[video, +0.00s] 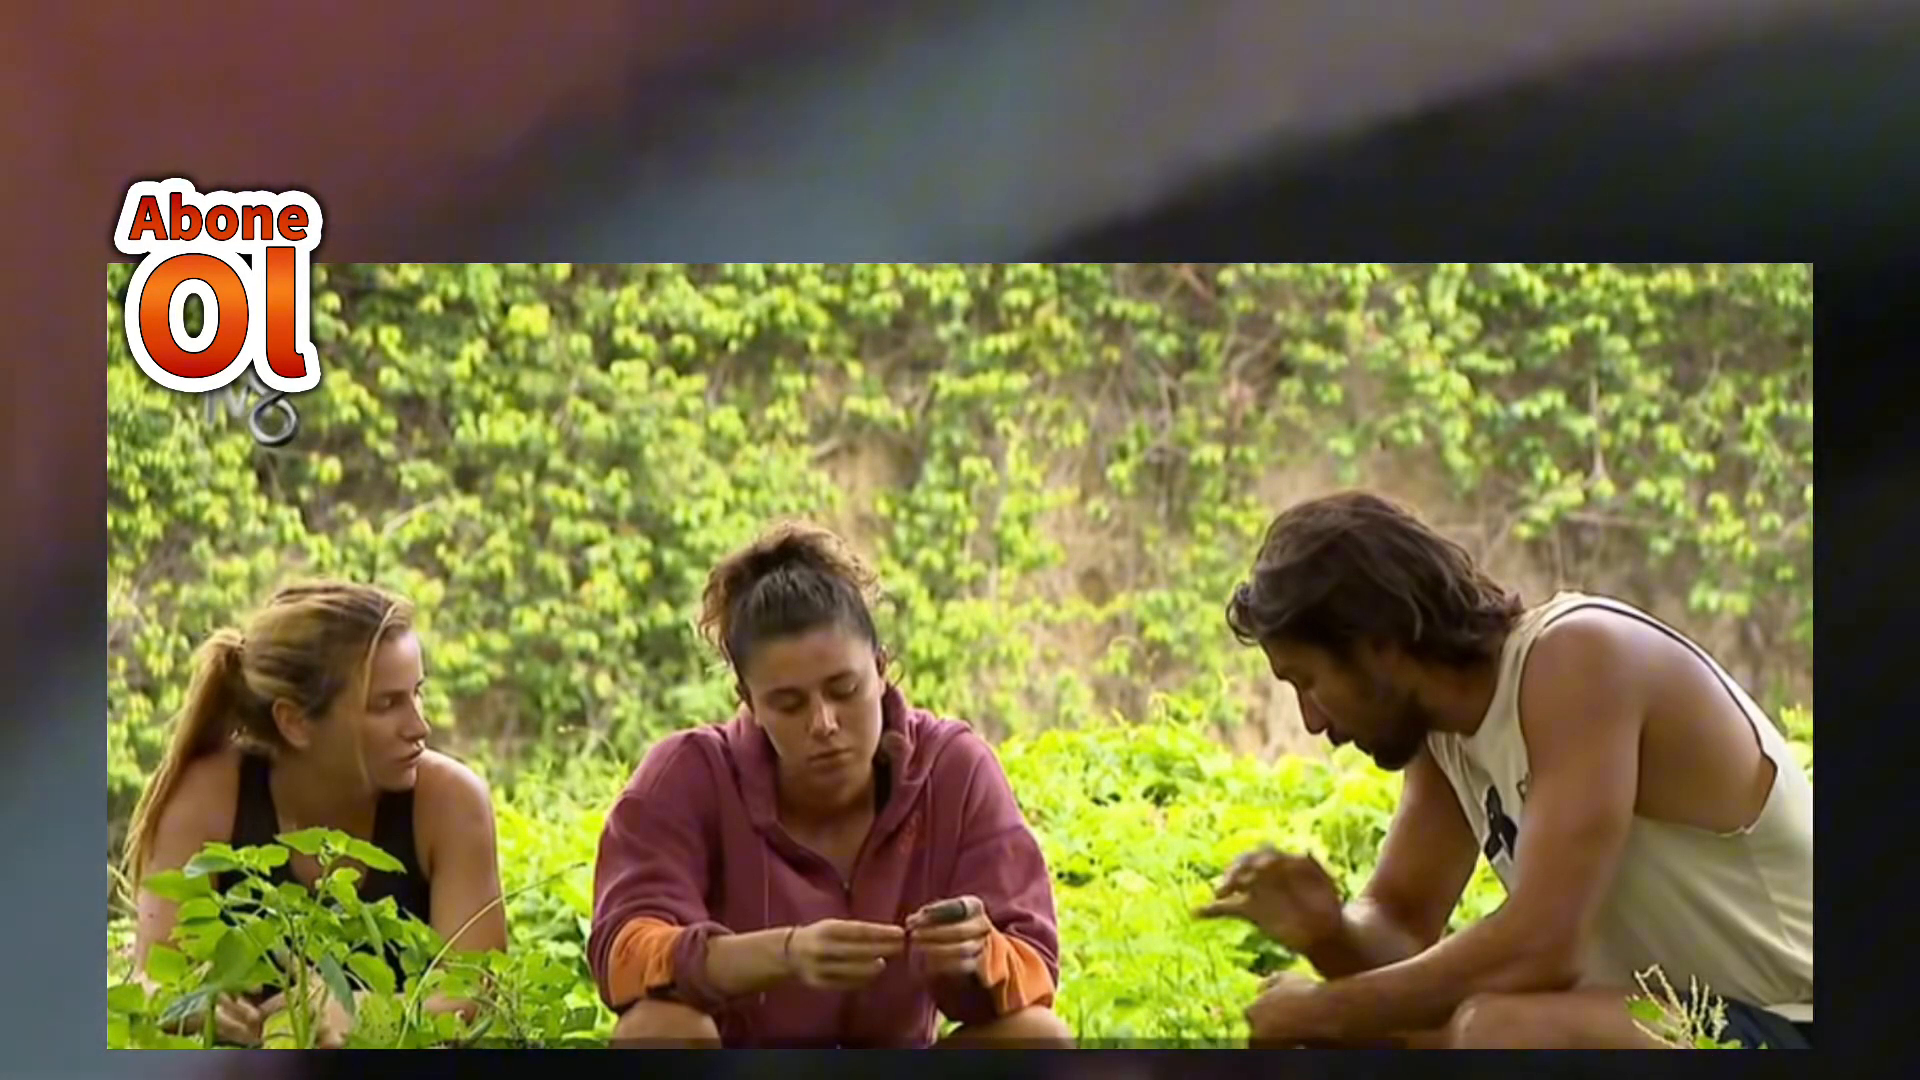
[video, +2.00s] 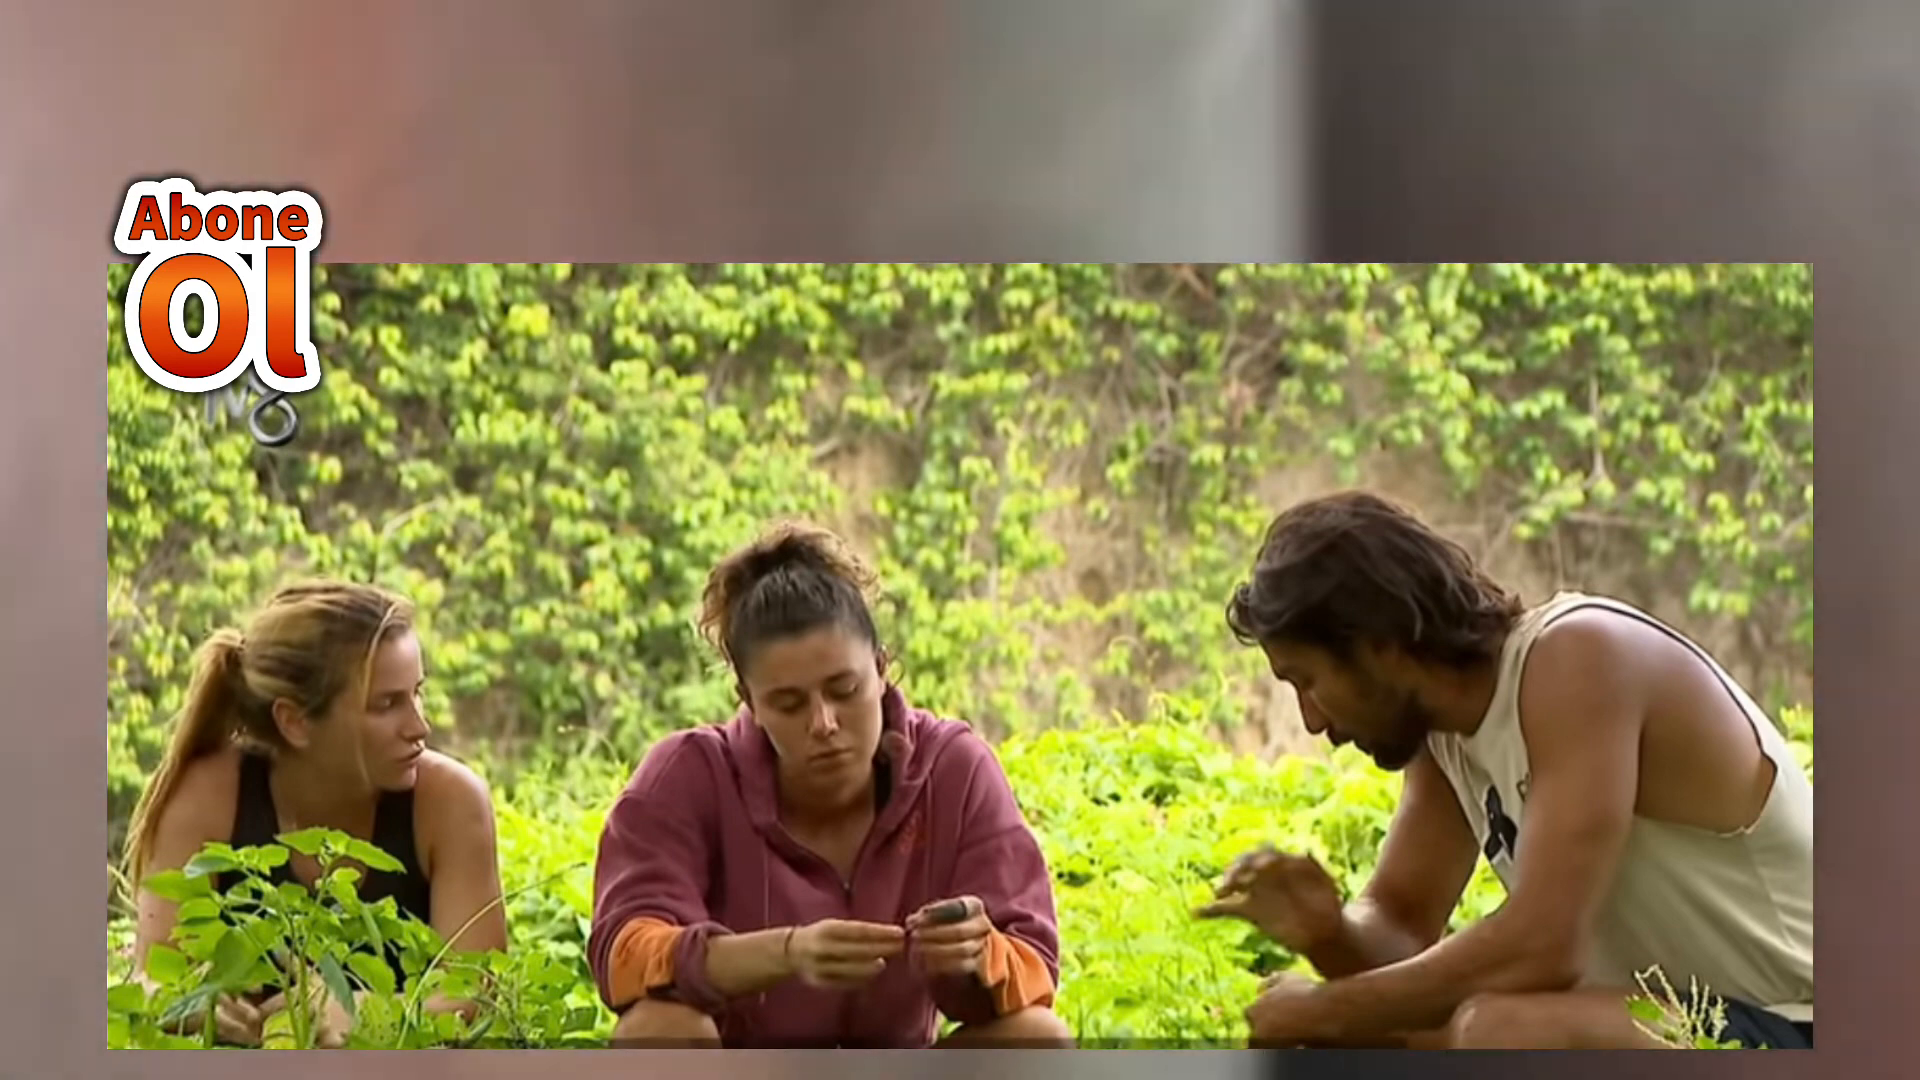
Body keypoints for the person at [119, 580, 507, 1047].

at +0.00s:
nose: (420, 725)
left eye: (417, 695)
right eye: (388, 705)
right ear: (295, 723)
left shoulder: (451, 800)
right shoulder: (206, 793)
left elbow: (470, 1001)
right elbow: (153, 985)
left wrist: (354, 1013)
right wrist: (203, 1009)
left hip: (385, 1068)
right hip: (239, 1068)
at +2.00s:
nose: (420, 725)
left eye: (417, 695)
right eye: (388, 705)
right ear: (295, 722)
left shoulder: (451, 799)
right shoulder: (205, 792)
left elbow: (470, 1000)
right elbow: (153, 983)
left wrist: (355, 1013)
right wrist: (200, 1008)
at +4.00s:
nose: (420, 725)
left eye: (417, 695)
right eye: (388, 705)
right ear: (295, 723)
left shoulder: (451, 799)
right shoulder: (205, 792)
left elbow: (470, 1002)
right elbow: (153, 984)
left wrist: (354, 1013)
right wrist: (198, 1008)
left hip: (384, 1069)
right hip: (237, 1066)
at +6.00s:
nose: (420, 725)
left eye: (417, 695)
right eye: (388, 705)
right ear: (295, 722)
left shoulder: (451, 799)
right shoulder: (205, 792)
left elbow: (470, 1001)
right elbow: (152, 984)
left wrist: (354, 1013)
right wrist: (200, 1009)